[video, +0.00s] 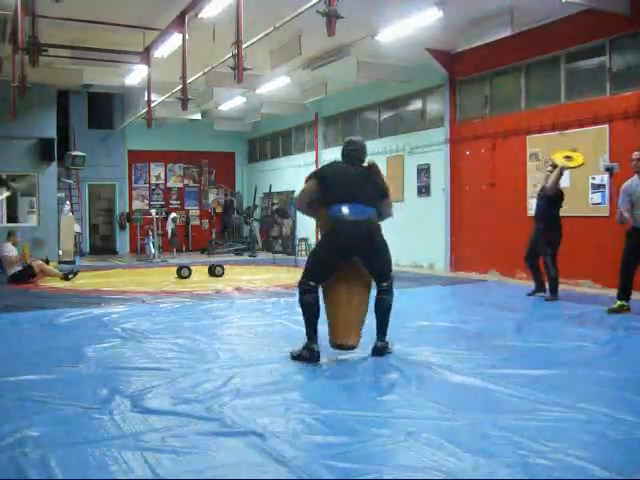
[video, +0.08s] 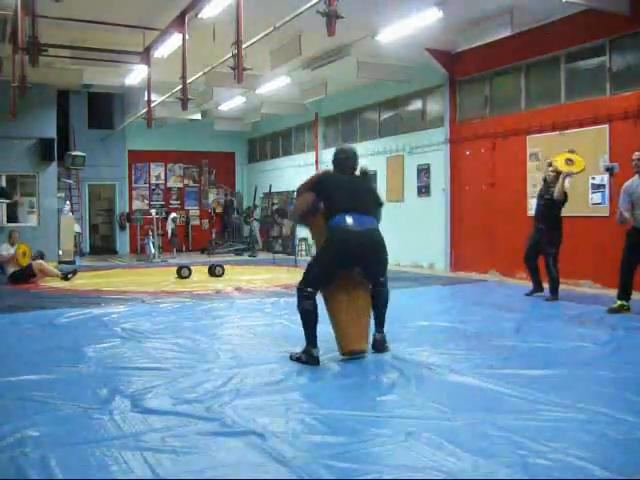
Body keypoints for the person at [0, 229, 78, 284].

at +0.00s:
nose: (18, 240)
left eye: (17, 237)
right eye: (16, 237)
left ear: (12, 238)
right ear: (11, 238)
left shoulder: (12, 248)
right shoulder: (7, 247)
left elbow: (13, 261)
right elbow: (10, 261)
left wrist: (24, 259)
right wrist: (21, 257)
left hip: (18, 274)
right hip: (14, 276)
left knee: (43, 269)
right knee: (39, 264)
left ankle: (64, 275)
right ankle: (63, 276)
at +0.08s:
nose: (16, 239)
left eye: (17, 237)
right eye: (14, 237)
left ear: (18, 237)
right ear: (10, 237)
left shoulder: (18, 248)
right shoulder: (5, 247)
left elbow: (23, 262)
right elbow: (2, 258)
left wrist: (27, 256)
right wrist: (14, 255)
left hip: (22, 274)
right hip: (13, 276)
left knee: (45, 269)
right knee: (39, 263)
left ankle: (63, 275)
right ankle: (62, 275)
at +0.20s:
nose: (15, 240)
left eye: (16, 238)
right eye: (13, 238)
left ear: (18, 239)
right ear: (9, 239)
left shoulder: (19, 248)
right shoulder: (4, 247)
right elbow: (2, 258)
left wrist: (27, 254)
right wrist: (10, 254)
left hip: (22, 274)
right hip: (13, 275)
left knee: (45, 270)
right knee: (39, 263)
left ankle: (63, 275)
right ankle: (61, 275)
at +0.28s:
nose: (15, 240)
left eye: (16, 238)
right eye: (12, 238)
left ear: (18, 239)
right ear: (9, 239)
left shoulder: (21, 248)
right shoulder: (4, 248)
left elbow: (28, 258)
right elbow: (2, 259)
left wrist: (26, 253)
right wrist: (9, 253)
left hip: (22, 273)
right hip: (12, 275)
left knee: (44, 270)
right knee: (39, 264)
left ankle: (62, 275)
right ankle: (61, 275)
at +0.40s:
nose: (14, 241)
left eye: (15, 239)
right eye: (12, 239)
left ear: (18, 239)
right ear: (8, 239)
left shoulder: (20, 247)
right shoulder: (5, 248)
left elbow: (25, 260)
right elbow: (2, 260)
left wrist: (27, 255)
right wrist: (10, 254)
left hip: (22, 273)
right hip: (12, 275)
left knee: (45, 271)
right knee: (38, 264)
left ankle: (63, 275)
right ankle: (61, 275)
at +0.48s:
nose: (15, 240)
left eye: (16, 238)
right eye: (12, 238)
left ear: (18, 238)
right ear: (8, 238)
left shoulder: (19, 247)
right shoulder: (5, 247)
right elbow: (2, 258)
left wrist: (27, 255)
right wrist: (14, 255)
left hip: (22, 274)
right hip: (13, 276)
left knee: (45, 270)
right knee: (38, 264)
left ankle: (64, 275)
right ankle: (62, 275)